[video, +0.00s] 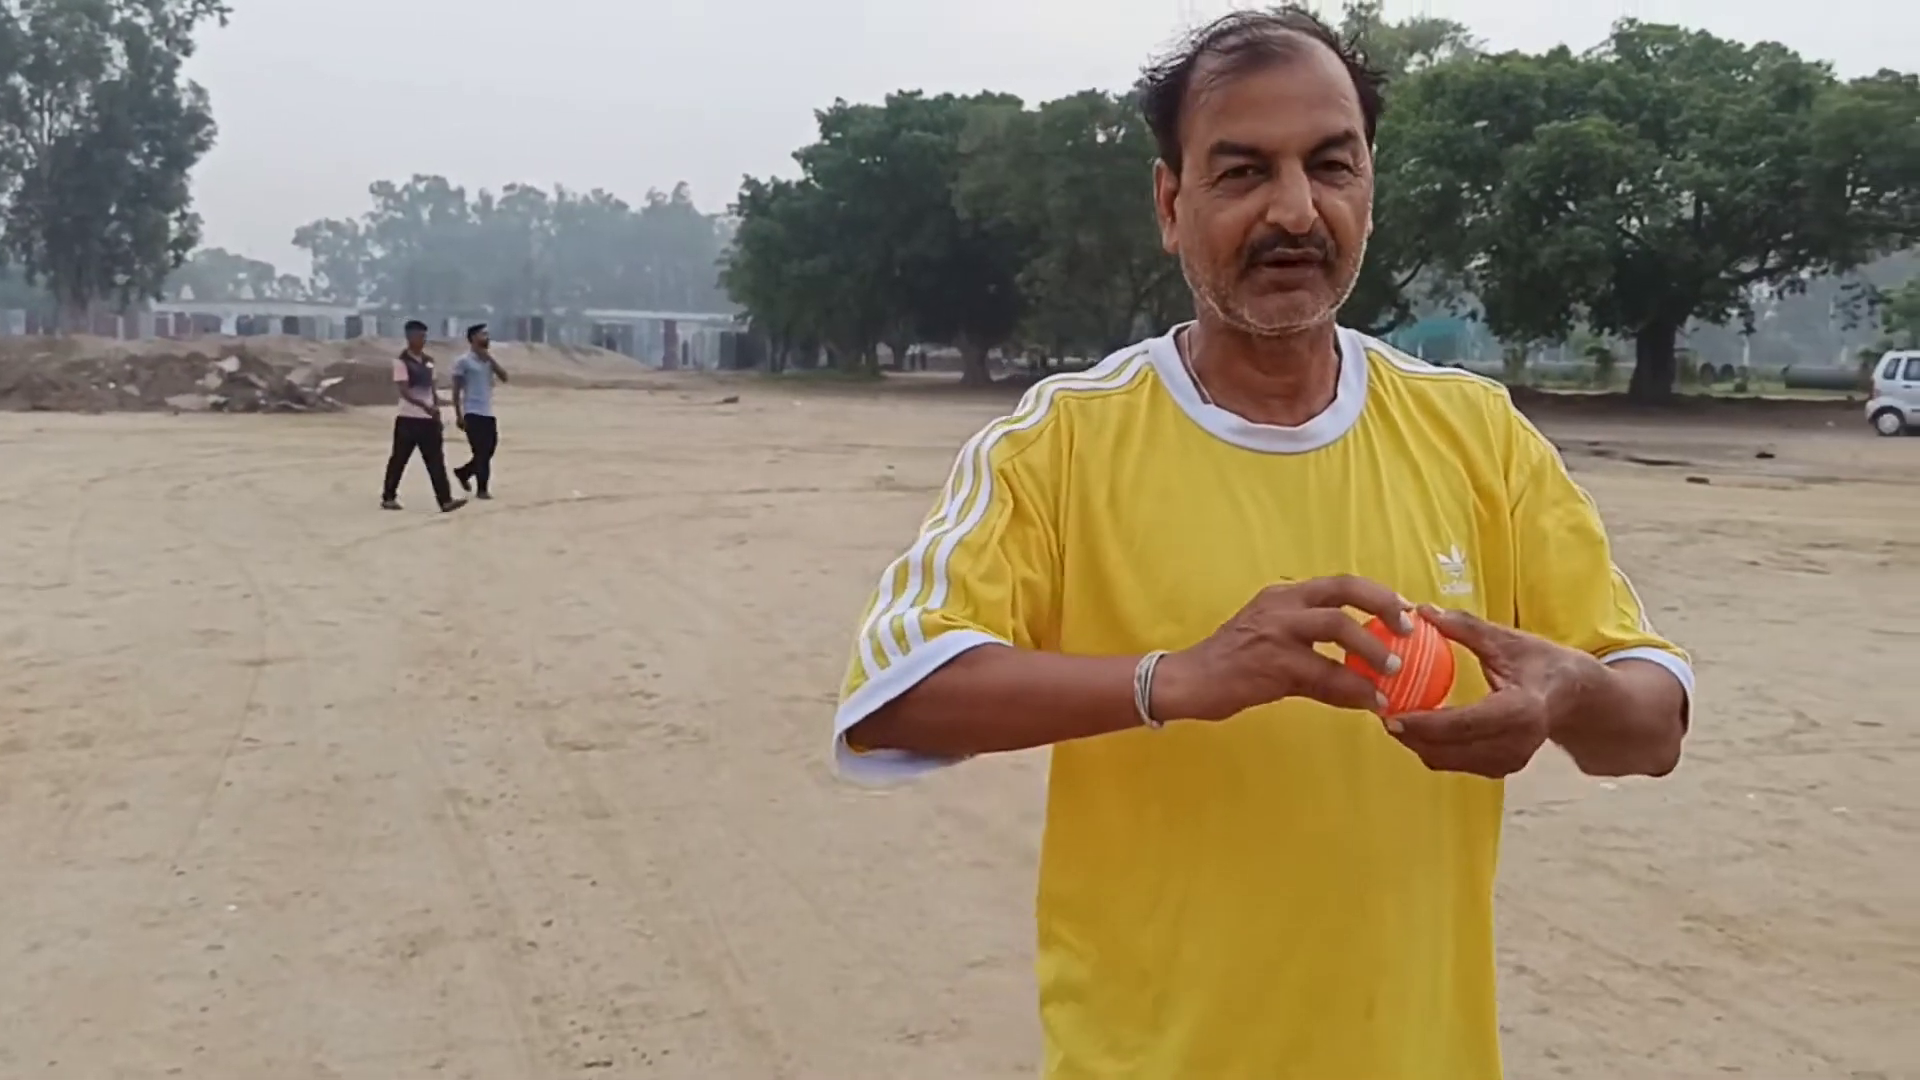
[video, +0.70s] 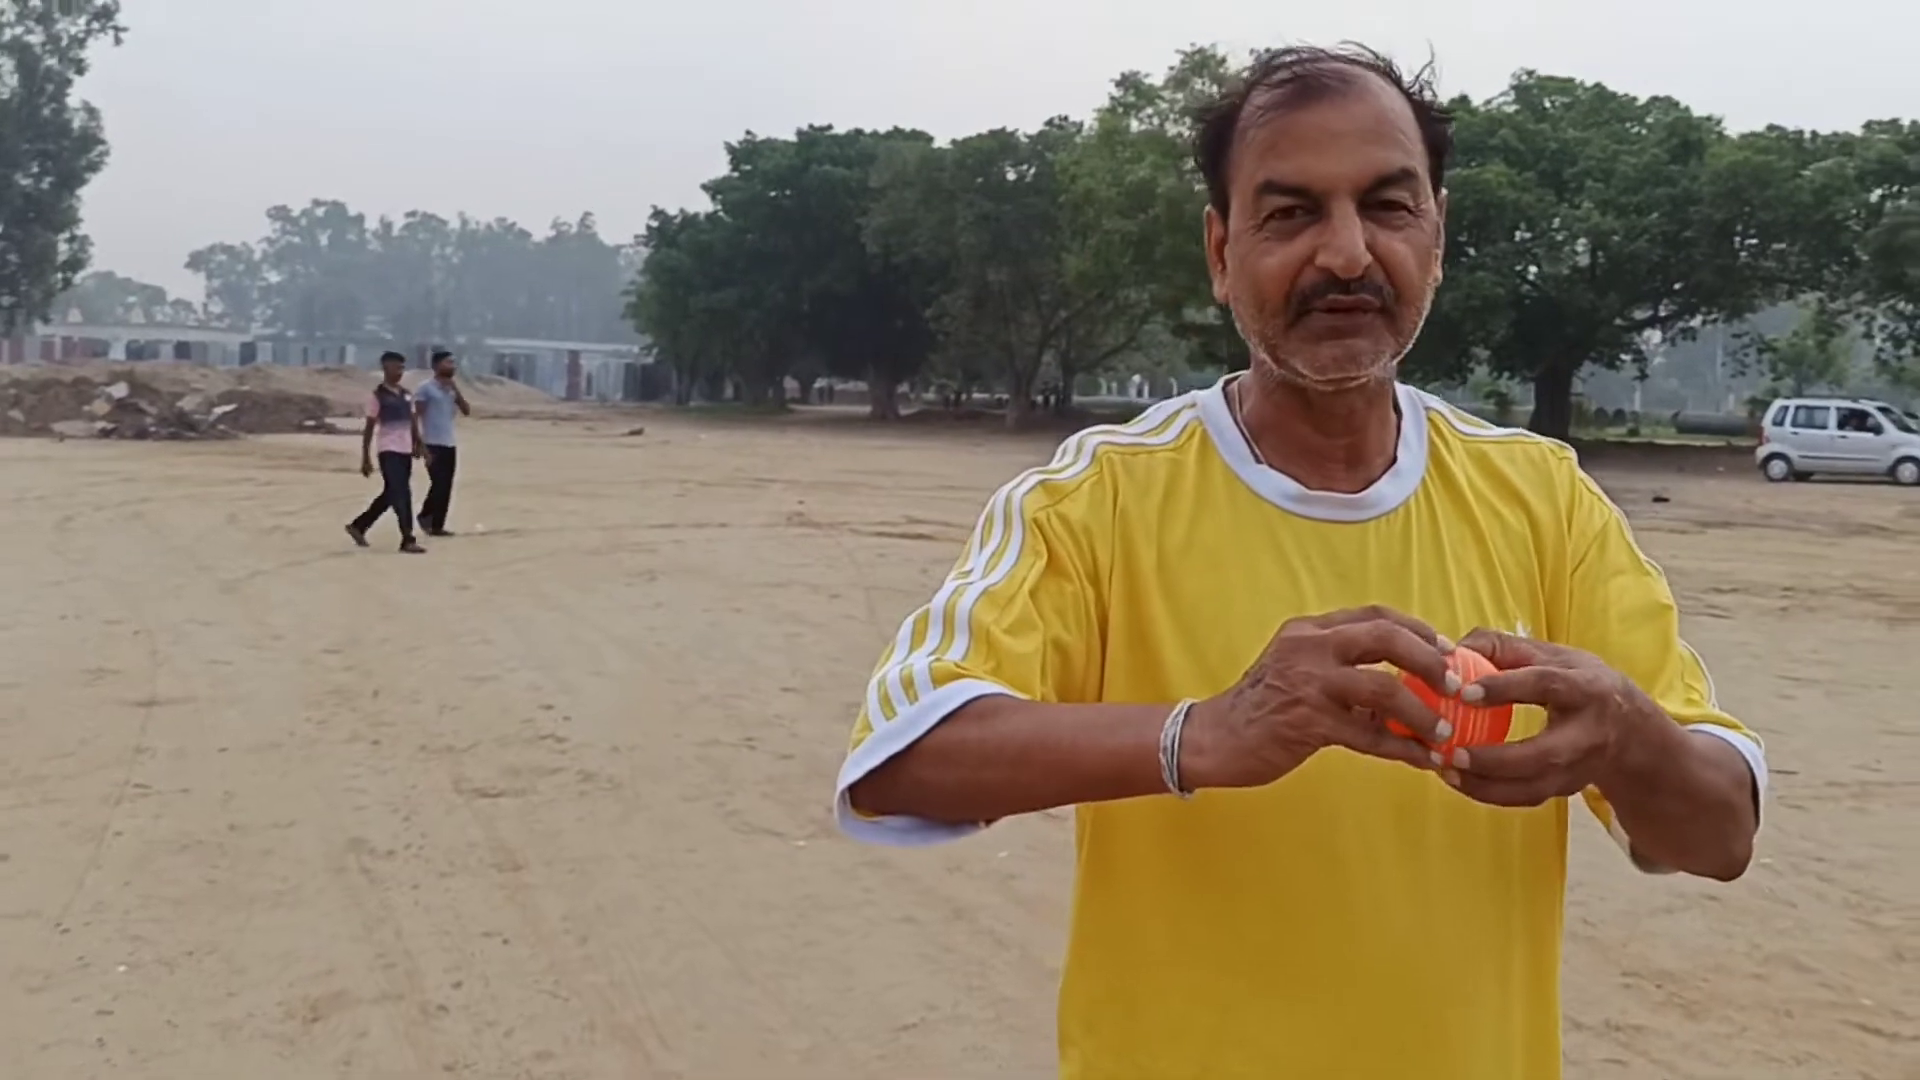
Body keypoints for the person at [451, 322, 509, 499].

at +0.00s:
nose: (487, 338)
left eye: (487, 334)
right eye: (483, 335)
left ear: (486, 338)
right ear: (473, 338)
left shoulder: (487, 360)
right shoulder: (463, 362)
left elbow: (504, 377)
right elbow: (456, 391)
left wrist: (489, 358)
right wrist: (459, 415)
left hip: (488, 412)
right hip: (472, 412)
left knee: (488, 450)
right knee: (481, 452)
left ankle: (465, 471)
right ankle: (482, 488)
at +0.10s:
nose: (472, 332)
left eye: (472, 328)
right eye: (468, 329)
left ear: (471, 332)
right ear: (458, 333)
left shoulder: (472, 353)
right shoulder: (448, 356)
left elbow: (488, 374)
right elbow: (444, 384)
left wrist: (475, 354)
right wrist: (449, 408)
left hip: (473, 408)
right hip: (455, 409)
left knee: (480, 444)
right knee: (456, 449)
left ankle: (459, 471)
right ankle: (458, 485)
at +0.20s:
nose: (462, 331)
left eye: (462, 327)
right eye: (458, 328)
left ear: (461, 330)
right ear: (447, 331)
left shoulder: (461, 351)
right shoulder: (438, 353)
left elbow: (477, 373)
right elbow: (434, 381)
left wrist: (466, 353)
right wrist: (444, 402)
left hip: (462, 407)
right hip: (444, 408)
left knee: (473, 445)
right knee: (441, 450)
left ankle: (462, 480)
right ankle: (440, 485)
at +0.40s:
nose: (457, 348)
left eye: (457, 344)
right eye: (452, 345)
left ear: (457, 347)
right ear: (442, 349)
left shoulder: (456, 370)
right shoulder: (434, 371)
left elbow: (472, 390)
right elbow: (430, 398)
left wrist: (461, 370)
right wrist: (447, 415)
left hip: (456, 427)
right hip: (438, 427)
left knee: (463, 467)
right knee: (427, 466)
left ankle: (469, 502)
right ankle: (418, 497)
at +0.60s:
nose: (460, 359)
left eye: (460, 355)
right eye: (456, 355)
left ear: (460, 359)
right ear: (445, 358)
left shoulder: (457, 380)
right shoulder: (434, 380)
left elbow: (473, 402)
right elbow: (427, 410)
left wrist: (462, 381)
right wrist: (432, 436)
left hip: (459, 437)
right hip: (442, 437)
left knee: (460, 479)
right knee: (442, 476)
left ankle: (453, 516)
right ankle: (417, 502)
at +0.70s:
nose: (452, 366)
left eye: (452, 362)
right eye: (448, 362)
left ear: (451, 366)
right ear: (437, 366)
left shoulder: (450, 388)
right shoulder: (426, 388)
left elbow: (466, 410)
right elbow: (415, 417)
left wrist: (454, 389)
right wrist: (419, 443)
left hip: (449, 443)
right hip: (432, 443)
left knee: (445, 487)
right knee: (439, 484)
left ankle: (438, 524)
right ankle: (426, 516)